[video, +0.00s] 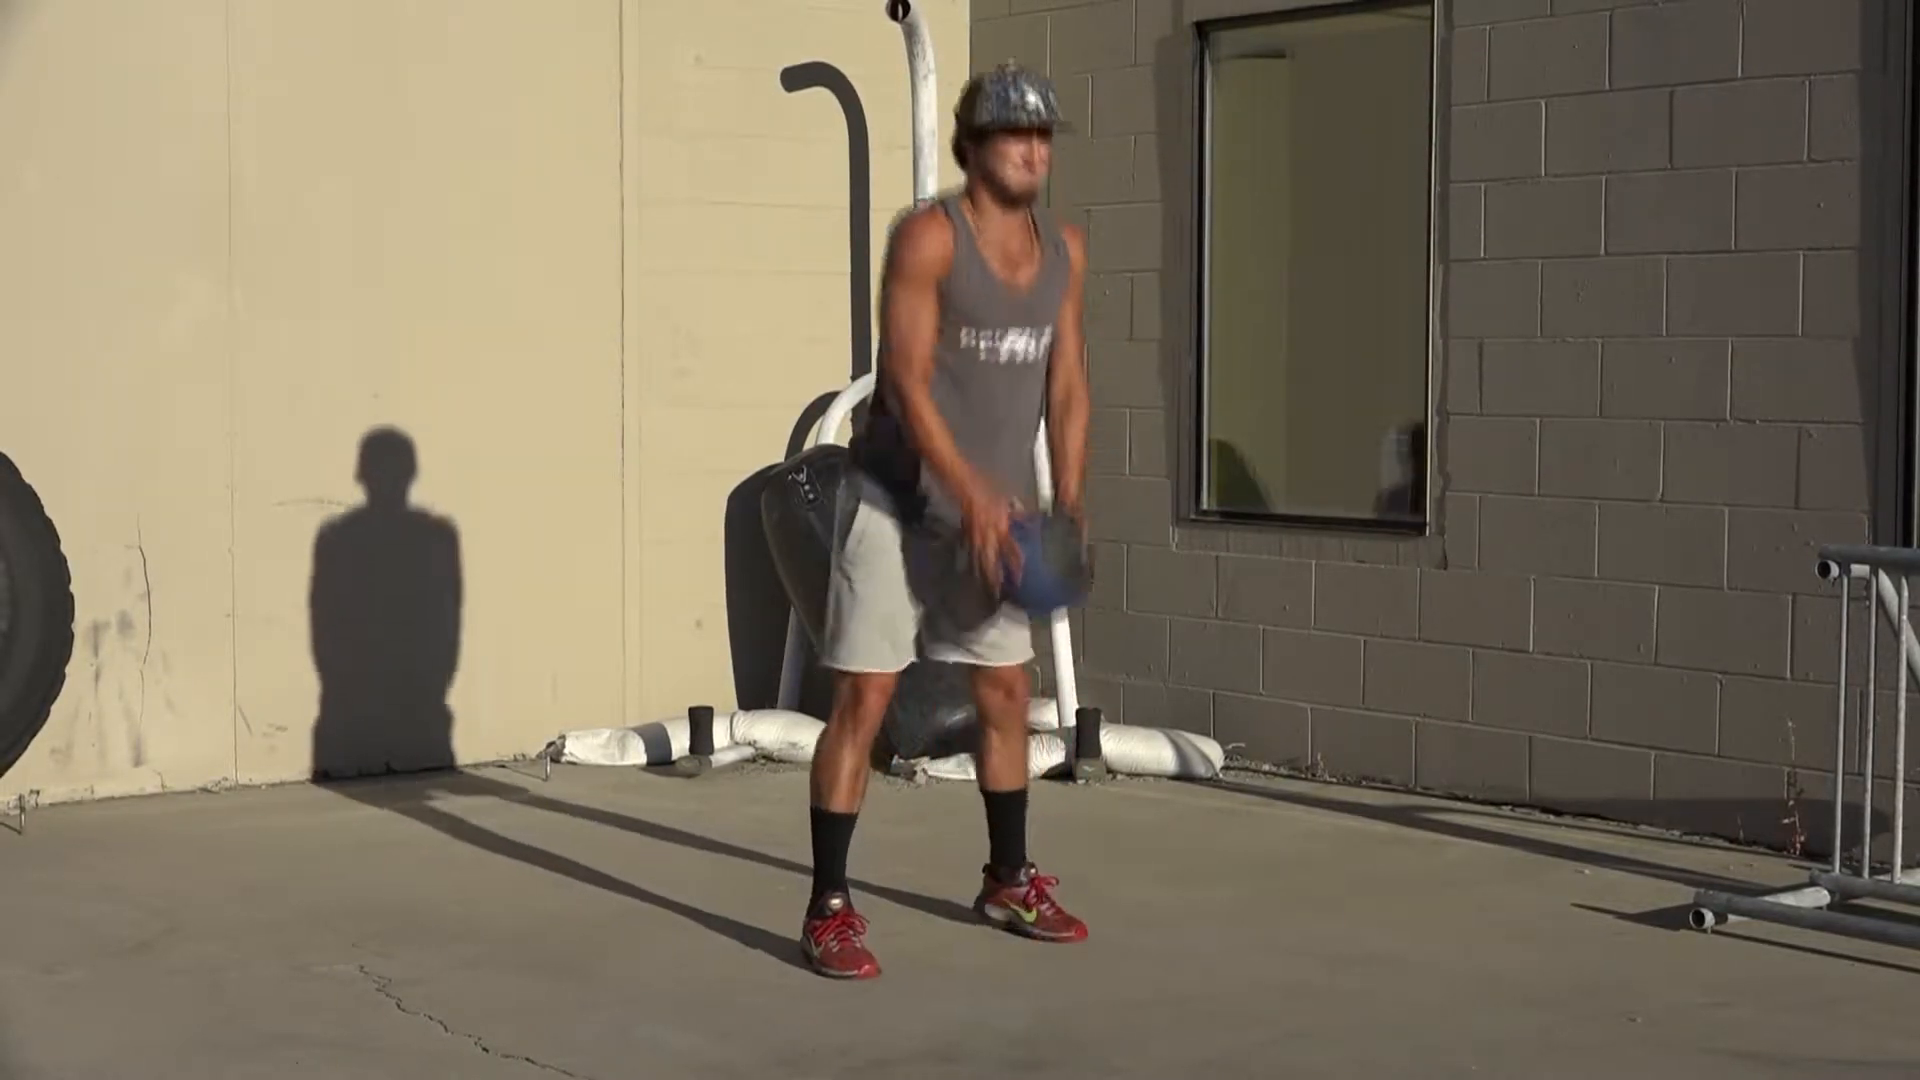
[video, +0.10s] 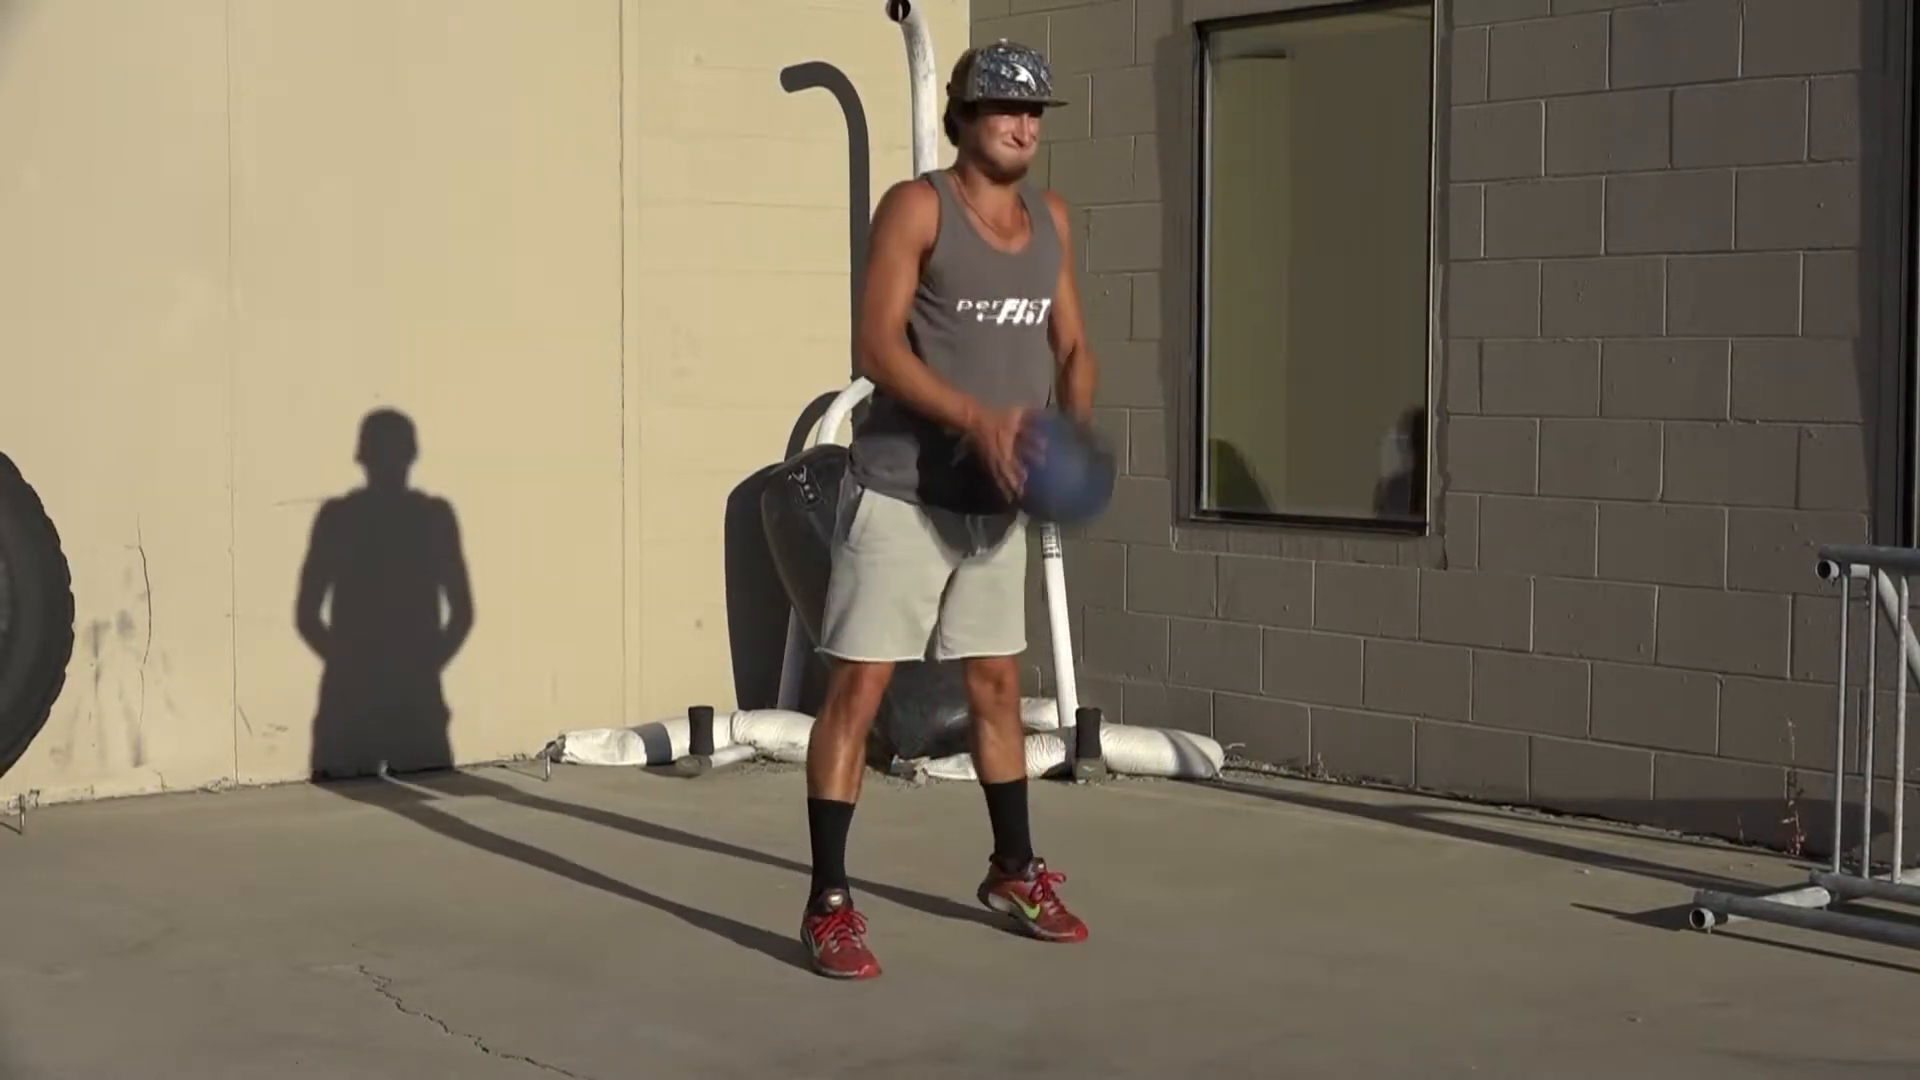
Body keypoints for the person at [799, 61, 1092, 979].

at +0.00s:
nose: (1029, 151)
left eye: (1040, 136)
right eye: (1010, 136)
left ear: (1051, 150)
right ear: (971, 147)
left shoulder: (1061, 247)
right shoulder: (927, 234)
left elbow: (1068, 383)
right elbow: (905, 383)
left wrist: (1068, 503)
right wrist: (970, 495)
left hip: (999, 503)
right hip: (901, 496)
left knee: (1006, 690)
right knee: (866, 696)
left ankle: (1010, 880)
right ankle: (829, 906)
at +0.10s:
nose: (1020, 125)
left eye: (1031, 111)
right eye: (1001, 111)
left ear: (1041, 124)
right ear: (962, 121)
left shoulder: (1048, 216)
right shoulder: (916, 208)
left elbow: (1073, 348)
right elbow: (876, 348)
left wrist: (1069, 436)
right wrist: (973, 418)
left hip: (996, 494)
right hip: (902, 490)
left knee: (996, 681)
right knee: (861, 686)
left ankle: (1014, 871)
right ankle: (829, 901)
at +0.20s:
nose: (1017, 134)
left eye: (1028, 120)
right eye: (997, 120)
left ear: (1038, 134)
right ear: (958, 131)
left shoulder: (1048, 237)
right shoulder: (908, 228)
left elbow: (1072, 346)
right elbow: (866, 365)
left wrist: (1085, 390)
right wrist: (981, 388)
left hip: (998, 506)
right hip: (896, 502)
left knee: (1017, 690)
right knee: (864, 698)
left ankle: (1012, 877)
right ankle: (826, 905)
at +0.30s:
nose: (1015, 185)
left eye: (1024, 171)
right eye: (995, 171)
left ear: (1038, 188)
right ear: (955, 187)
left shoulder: (1045, 292)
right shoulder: (910, 289)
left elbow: (1111, 438)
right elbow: (874, 435)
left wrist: (1097, 390)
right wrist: (995, 416)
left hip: (978, 546)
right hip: (876, 542)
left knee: (1043, 710)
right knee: (866, 724)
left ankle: (1010, 884)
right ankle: (826, 912)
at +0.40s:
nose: (1016, 285)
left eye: (1024, 270)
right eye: (997, 271)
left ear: (1036, 282)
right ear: (958, 283)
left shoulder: (1039, 386)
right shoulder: (913, 386)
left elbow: (1148, 527)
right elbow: (897, 527)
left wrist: (1120, 456)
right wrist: (1010, 473)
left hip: (966, 604)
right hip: (864, 597)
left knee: (1065, 721)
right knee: (866, 731)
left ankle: (1010, 884)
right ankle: (827, 912)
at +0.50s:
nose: (1015, 388)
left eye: (1023, 371)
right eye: (995, 374)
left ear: (1037, 386)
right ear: (958, 395)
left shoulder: (1041, 480)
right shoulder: (921, 491)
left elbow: (1164, 615)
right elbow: (924, 635)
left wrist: (1123, 544)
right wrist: (1019, 557)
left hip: (951, 656)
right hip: (846, 649)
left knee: (1071, 728)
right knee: (866, 736)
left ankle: (1008, 886)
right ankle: (827, 914)